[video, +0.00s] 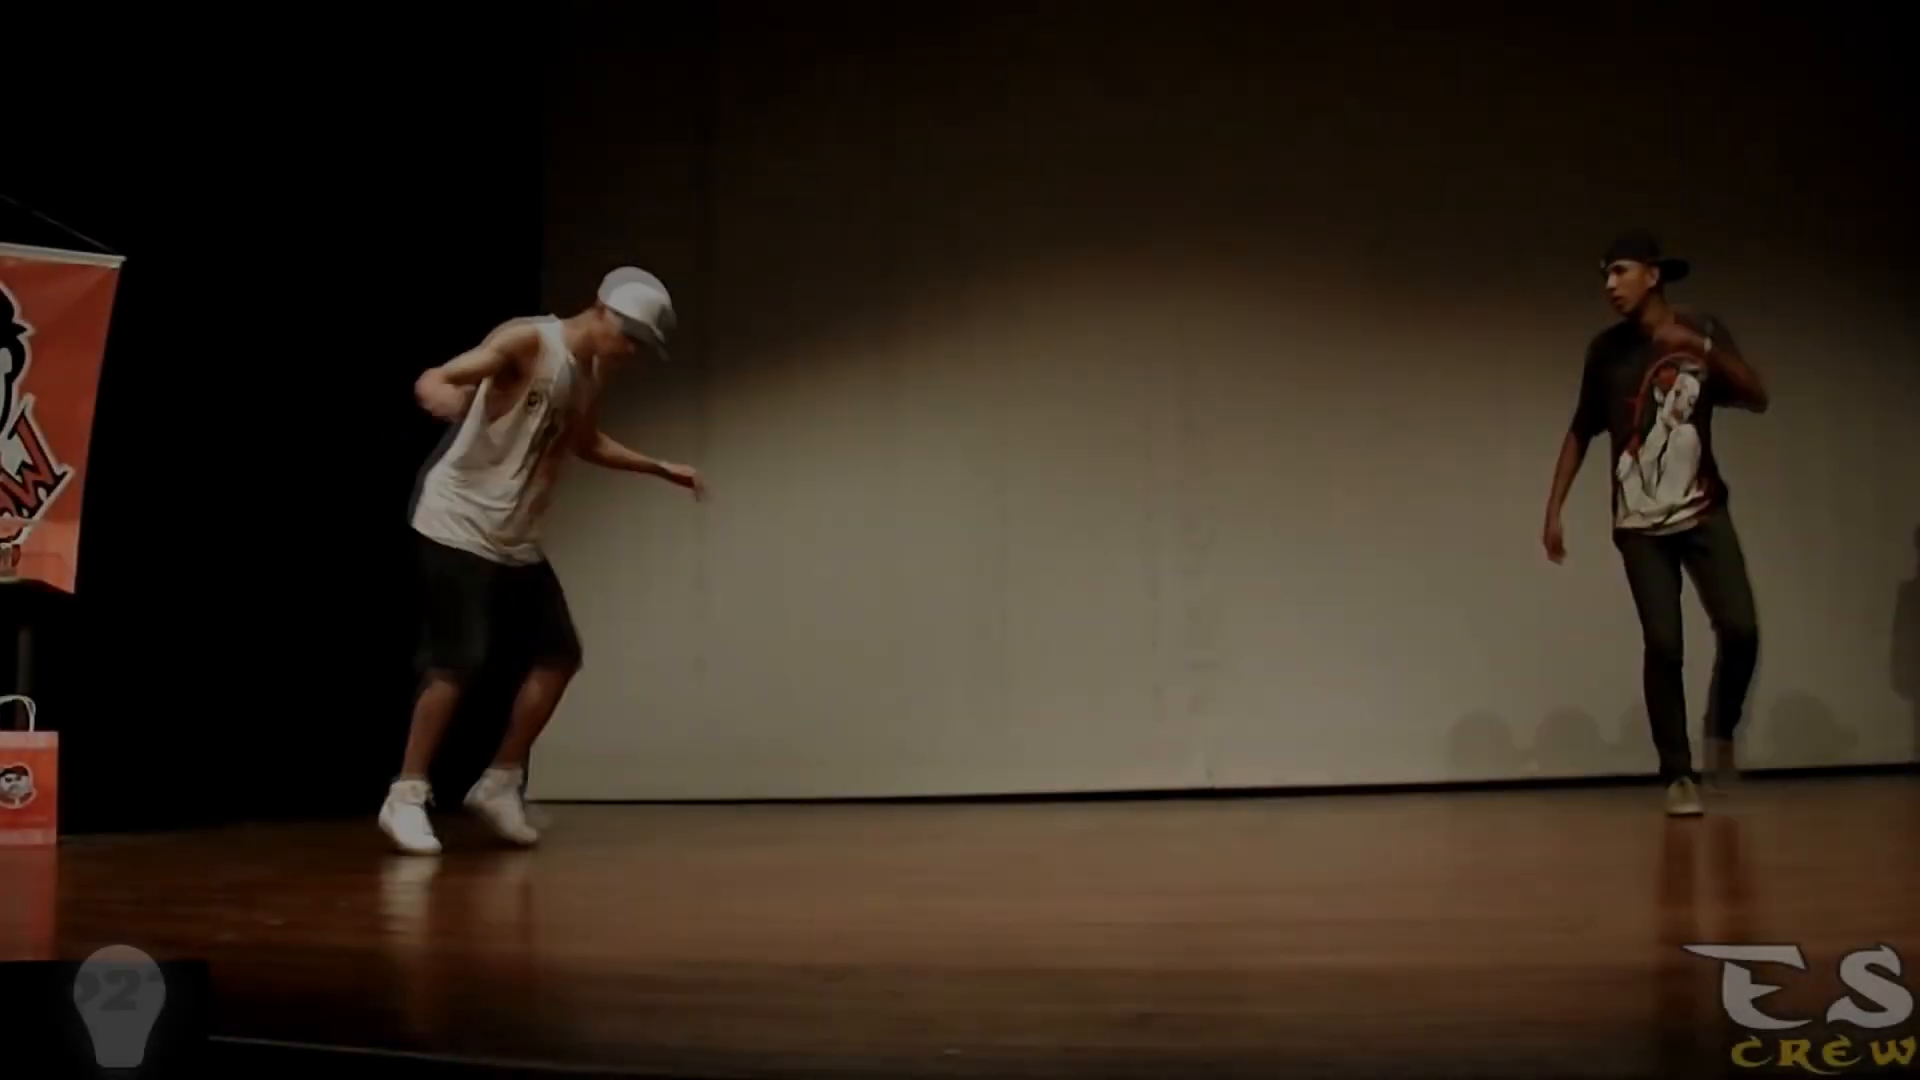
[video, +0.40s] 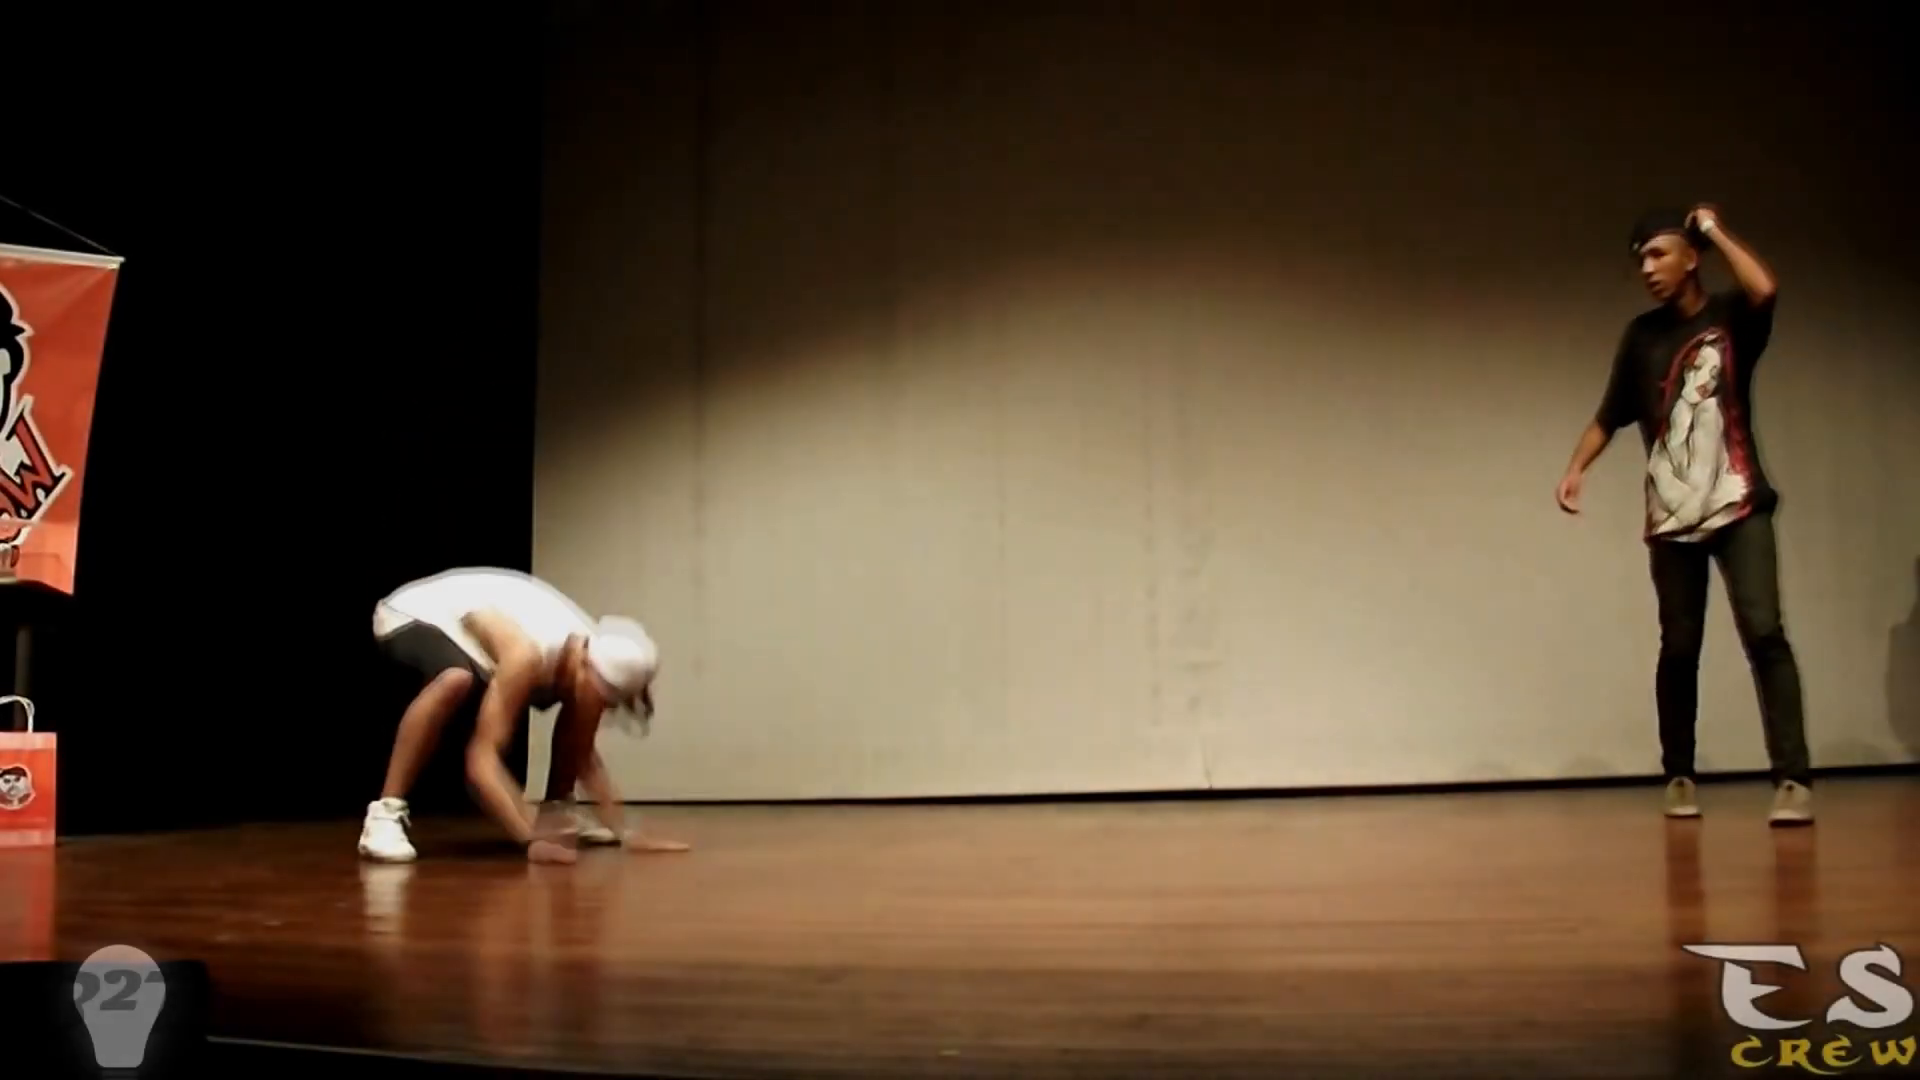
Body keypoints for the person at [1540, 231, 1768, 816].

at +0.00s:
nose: (1610, 284)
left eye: (1621, 272)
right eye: (1608, 274)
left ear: (1654, 277)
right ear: (1617, 284)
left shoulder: (1701, 335)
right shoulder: (1606, 349)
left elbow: (1756, 397)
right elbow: (1581, 431)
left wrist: (1700, 350)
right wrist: (1552, 510)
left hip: (1702, 513)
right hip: (1640, 524)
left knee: (1740, 631)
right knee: (1664, 646)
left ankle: (1720, 735)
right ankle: (1677, 776)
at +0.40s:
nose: (1648, 268)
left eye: (1658, 255)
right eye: (1642, 259)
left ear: (1692, 257)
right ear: (1642, 269)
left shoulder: (1733, 319)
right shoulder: (1642, 333)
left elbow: (1763, 290)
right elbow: (1609, 416)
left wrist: (1717, 233)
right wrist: (1574, 468)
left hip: (1739, 502)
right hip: (1671, 512)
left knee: (1763, 633)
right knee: (1679, 645)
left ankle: (1792, 782)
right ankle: (1679, 778)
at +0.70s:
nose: (1675, 238)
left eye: (1685, 225)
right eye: (1669, 229)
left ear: (1718, 226)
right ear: (1668, 237)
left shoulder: (1768, 287)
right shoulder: (1676, 310)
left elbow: (1787, 245)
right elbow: (1665, 408)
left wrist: (1732, 189)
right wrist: (1637, 492)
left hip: (1778, 489)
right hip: (1705, 495)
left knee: (1787, 633)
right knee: (1682, 622)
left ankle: (1796, 782)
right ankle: (1706, 754)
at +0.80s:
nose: (1675, 233)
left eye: (1687, 219)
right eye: (1670, 223)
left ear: (1722, 220)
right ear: (1669, 229)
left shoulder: (1772, 283)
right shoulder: (1682, 304)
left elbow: (1790, 238)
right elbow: (1678, 405)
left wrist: (1735, 183)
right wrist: (1658, 491)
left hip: (1782, 487)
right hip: (1708, 491)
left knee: (1788, 634)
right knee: (1693, 623)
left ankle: (1796, 783)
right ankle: (1721, 776)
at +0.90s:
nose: (1675, 232)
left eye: (1684, 217)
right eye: (1669, 221)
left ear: (1720, 213)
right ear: (1673, 228)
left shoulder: (1776, 282)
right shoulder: (1686, 299)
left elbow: (1787, 244)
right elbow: (1685, 402)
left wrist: (1733, 183)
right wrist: (1671, 488)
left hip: (1782, 486)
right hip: (1710, 490)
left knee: (1787, 636)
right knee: (1720, 630)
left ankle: (1797, 784)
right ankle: (1733, 786)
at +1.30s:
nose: (1661, 203)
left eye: (1671, 187)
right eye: (1657, 192)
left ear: (1712, 183)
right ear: (1668, 198)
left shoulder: (1763, 253)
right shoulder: (1680, 272)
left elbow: (1751, 219)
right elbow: (1669, 382)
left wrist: (1712, 153)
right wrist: (1629, 466)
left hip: (1770, 472)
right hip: (1697, 482)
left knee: (1792, 614)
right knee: (1724, 633)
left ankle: (1815, 742)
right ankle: (1747, 791)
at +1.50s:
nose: (1661, 184)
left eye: (1671, 169)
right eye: (1657, 173)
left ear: (1710, 167)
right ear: (1665, 184)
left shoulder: (1763, 236)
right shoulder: (1682, 259)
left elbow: (1740, 204)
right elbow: (1660, 370)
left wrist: (1715, 134)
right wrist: (1601, 426)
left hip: (1764, 459)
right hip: (1697, 472)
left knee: (1785, 602)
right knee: (1730, 628)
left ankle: (1859, 783)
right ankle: (1750, 793)